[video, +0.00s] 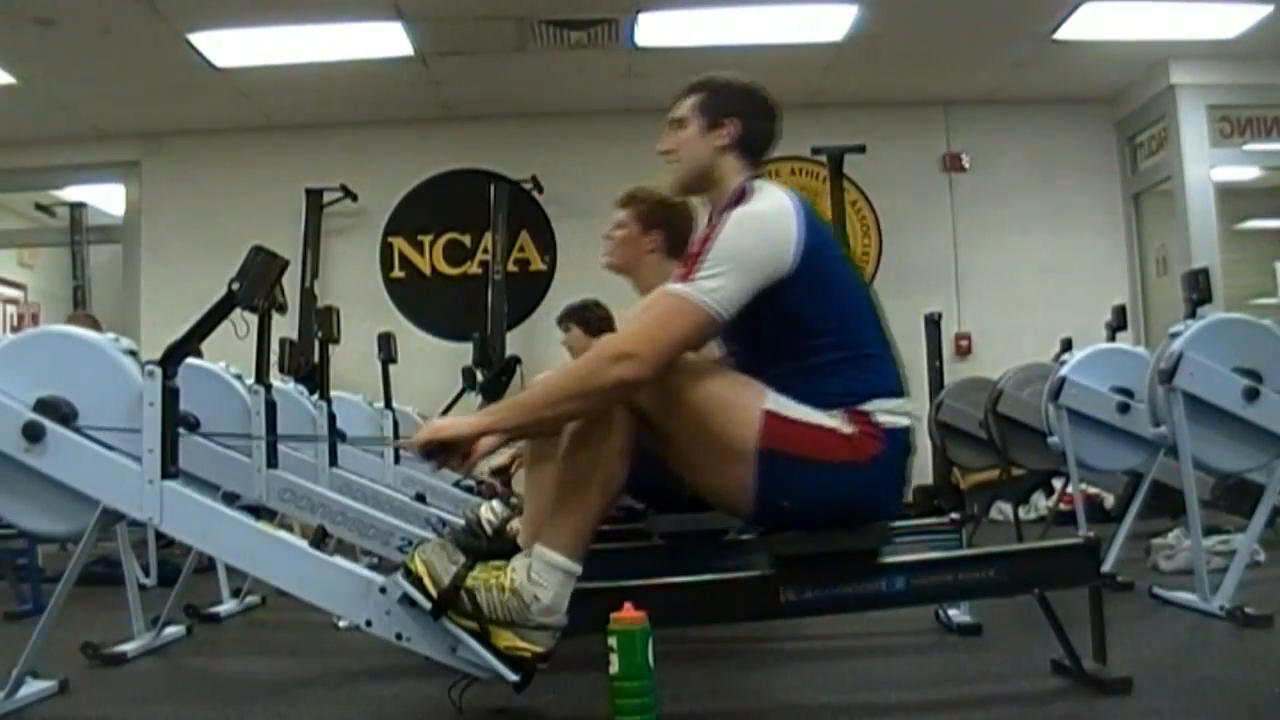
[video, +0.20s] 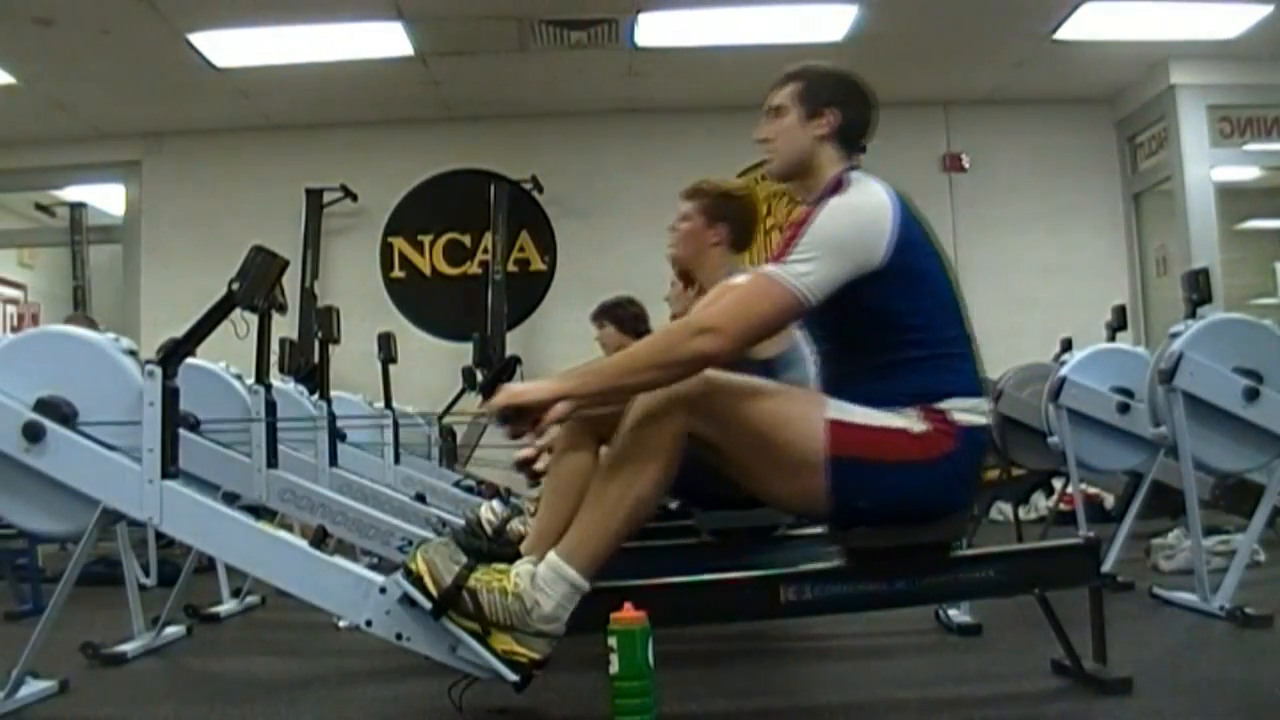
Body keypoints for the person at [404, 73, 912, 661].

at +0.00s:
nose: (662, 144)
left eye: (678, 128)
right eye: (667, 129)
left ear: (725, 135)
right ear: (723, 138)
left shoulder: (765, 216)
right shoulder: (728, 225)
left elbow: (629, 360)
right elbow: (628, 357)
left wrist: (482, 422)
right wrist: (494, 431)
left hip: (854, 453)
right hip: (811, 445)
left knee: (631, 370)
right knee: (613, 377)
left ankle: (540, 594)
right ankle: (531, 581)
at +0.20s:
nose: (759, 133)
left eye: (775, 116)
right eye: (761, 119)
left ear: (827, 123)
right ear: (821, 129)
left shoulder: (860, 208)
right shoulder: (828, 215)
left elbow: (709, 336)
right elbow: (707, 335)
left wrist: (560, 387)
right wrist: (569, 396)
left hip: (925, 442)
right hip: (879, 434)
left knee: (684, 400)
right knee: (663, 402)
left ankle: (547, 598)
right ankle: (539, 587)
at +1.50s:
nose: (973, 140)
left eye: (985, 121)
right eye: (971, 126)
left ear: (1038, 117)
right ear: (1012, 126)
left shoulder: (1086, 198)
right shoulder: (1040, 213)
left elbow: (1166, 344)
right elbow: (1062, 341)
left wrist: (1018, 345)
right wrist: (972, 364)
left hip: (1042, 436)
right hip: (1002, 425)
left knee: (800, 513)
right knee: (782, 502)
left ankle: (566, 606)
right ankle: (560, 593)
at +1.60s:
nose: (954, 138)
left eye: (968, 118)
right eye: (953, 124)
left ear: (1023, 117)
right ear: (1006, 125)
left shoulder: (1068, 199)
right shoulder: (1020, 212)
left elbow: (1114, 363)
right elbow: (1037, 355)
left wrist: (962, 363)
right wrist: (938, 380)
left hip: (1037, 434)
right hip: (997, 427)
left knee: (791, 519)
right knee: (770, 506)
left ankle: (555, 608)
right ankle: (552, 597)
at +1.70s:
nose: (933, 132)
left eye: (946, 113)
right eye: (931, 119)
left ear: (999, 113)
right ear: (979, 123)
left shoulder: (1044, 196)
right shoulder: (993, 216)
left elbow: (1038, 369)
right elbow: (986, 362)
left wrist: (885, 391)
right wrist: (879, 405)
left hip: (1035, 438)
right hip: (990, 431)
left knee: (788, 508)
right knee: (761, 496)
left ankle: (554, 605)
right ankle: (551, 597)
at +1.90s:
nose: (853, 135)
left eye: (866, 116)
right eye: (854, 119)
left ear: (919, 119)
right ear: (907, 124)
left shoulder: (970, 197)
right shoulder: (916, 220)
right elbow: (860, 353)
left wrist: (732, 429)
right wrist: (736, 417)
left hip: (1015, 439)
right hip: (965, 432)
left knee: (752, 462)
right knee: (739, 460)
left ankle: (556, 603)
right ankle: (549, 595)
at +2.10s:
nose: (751, 157)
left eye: (760, 135)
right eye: (755, 138)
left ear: (802, 137)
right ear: (806, 138)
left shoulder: (868, 213)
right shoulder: (830, 224)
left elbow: (754, 371)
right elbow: (732, 350)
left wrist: (612, 451)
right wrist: (617, 441)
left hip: (961, 441)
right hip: (912, 430)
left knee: (714, 419)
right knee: (696, 409)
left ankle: (546, 608)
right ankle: (536, 592)